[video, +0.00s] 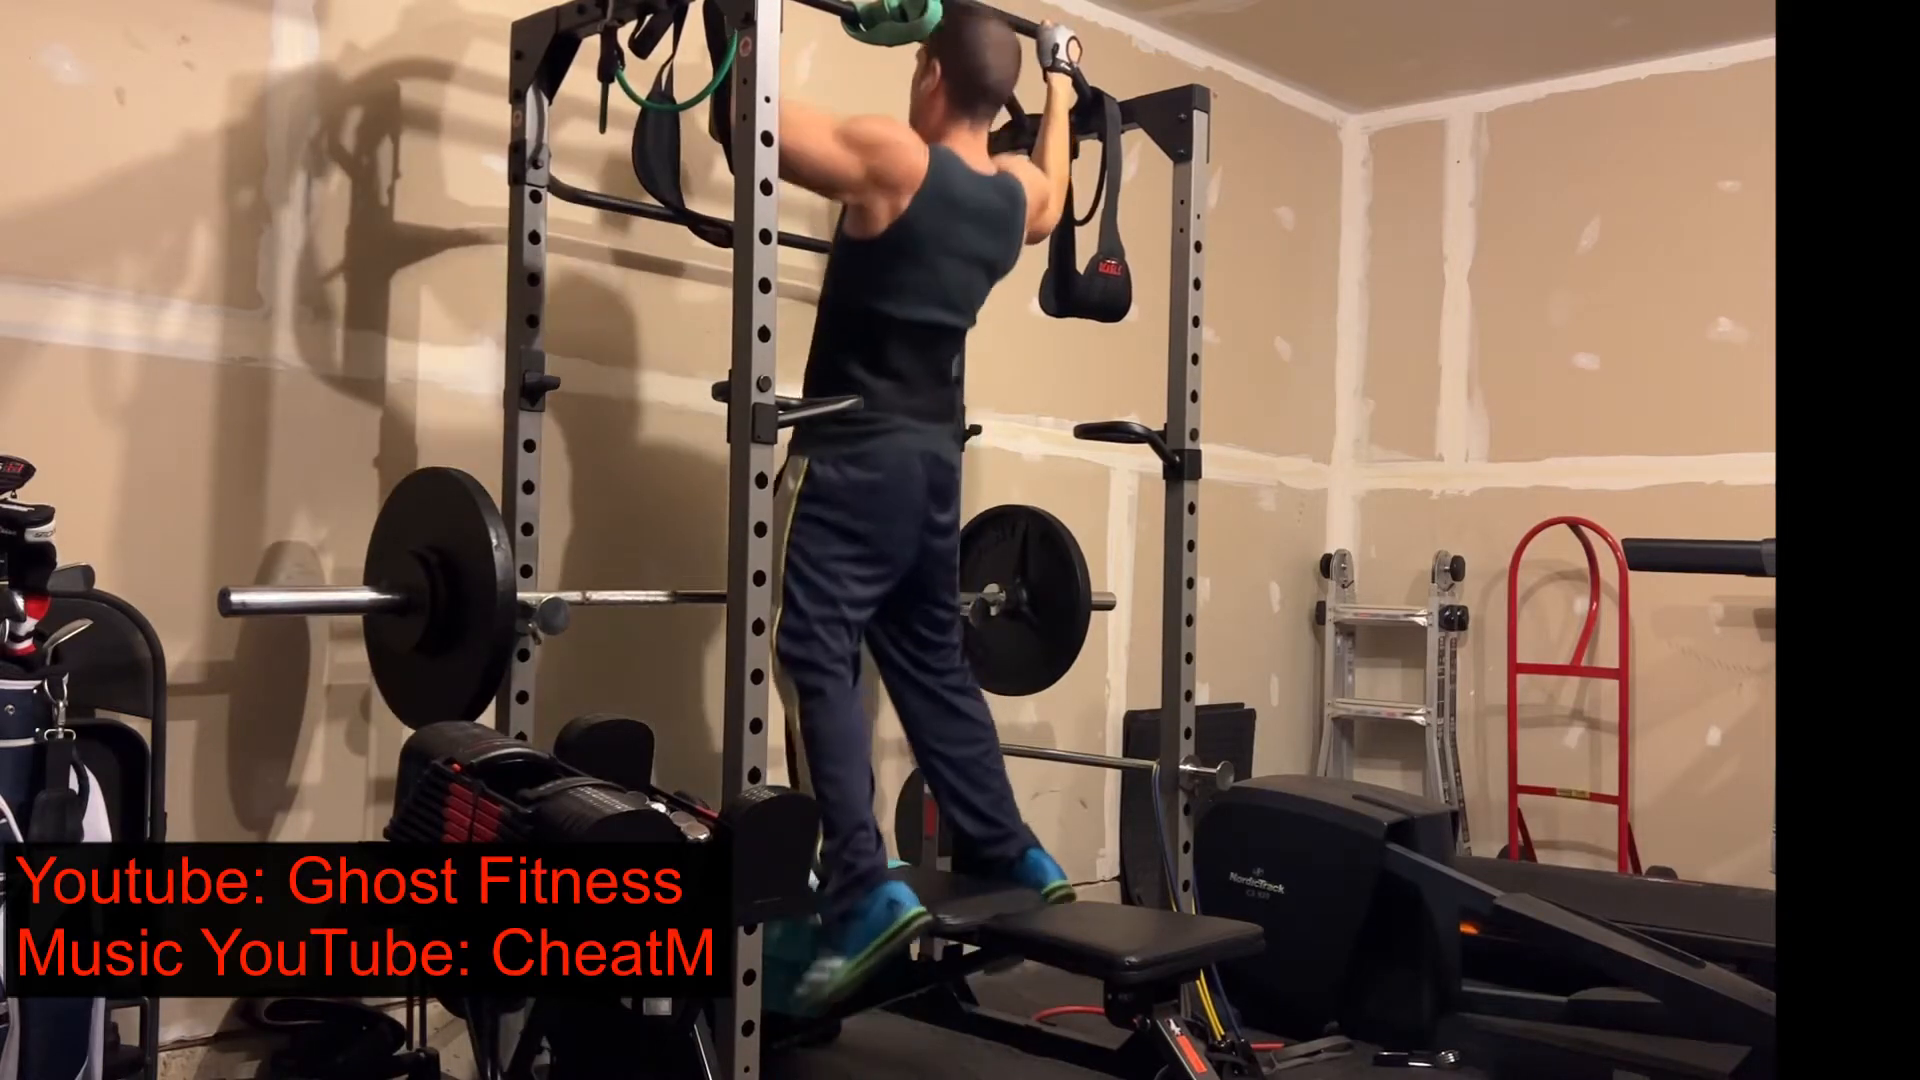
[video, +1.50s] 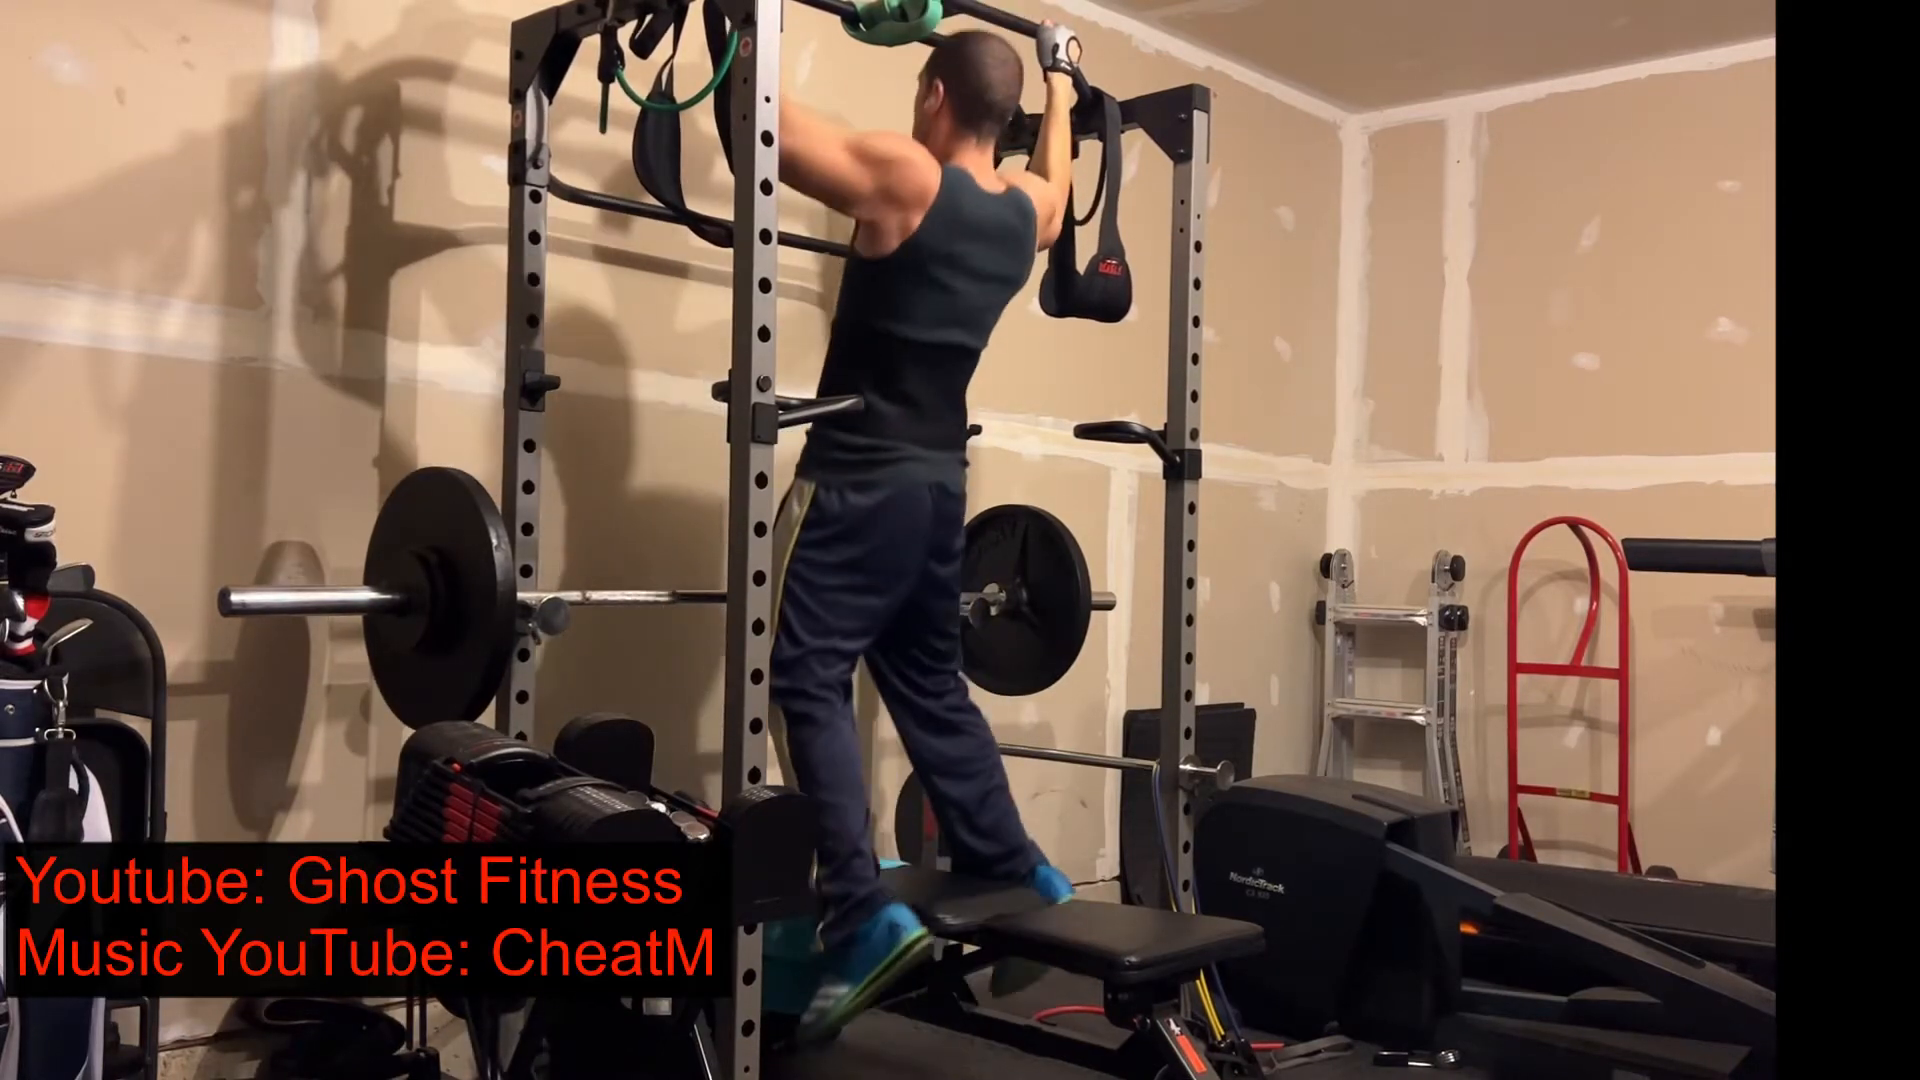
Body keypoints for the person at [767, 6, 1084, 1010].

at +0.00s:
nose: (912, 70)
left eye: (919, 57)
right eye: (924, 58)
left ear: (932, 76)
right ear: (1001, 100)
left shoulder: (891, 154)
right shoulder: (1012, 196)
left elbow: (760, 125)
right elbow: (1053, 189)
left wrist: (739, 34)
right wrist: (1060, 93)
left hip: (858, 451)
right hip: (932, 453)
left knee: (820, 658)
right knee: (930, 657)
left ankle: (863, 887)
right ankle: (1006, 853)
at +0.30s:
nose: (900, 162)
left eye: (907, 150)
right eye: (912, 151)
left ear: (924, 162)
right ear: (993, 186)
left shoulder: (883, 234)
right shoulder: (1005, 271)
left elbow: (773, 131)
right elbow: (1044, 192)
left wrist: (761, 24)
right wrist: (1059, 101)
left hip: (849, 533)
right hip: (926, 536)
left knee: (804, 744)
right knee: (919, 752)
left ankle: (851, 976)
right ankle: (996, 955)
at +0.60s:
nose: (905, 164)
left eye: (913, 152)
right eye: (917, 155)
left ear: (927, 164)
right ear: (999, 188)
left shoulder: (889, 235)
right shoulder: (1009, 272)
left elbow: (782, 132)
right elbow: (1042, 186)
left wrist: (768, 20)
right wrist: (1057, 103)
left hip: (853, 542)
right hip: (928, 542)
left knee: (808, 756)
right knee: (919, 756)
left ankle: (850, 992)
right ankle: (994, 959)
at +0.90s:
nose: (935, 54)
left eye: (944, 39)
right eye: (945, 40)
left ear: (961, 55)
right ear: (1030, 72)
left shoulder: (923, 128)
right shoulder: (1042, 169)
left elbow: (786, 119)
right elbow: (1069, 193)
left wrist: (759, 19)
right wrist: (1048, 102)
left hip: (873, 438)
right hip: (946, 444)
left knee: (806, 636)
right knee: (921, 642)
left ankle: (845, 875)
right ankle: (985, 841)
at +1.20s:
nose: (917, 10)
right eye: (923, 0)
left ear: (945, 10)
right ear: (1012, 26)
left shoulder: (906, 76)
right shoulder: (1031, 122)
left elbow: (768, 114)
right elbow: (1059, 201)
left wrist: (749, 21)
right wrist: (1059, 89)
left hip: (863, 379)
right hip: (939, 388)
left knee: (817, 583)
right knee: (932, 597)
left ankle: (866, 807)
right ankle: (1019, 789)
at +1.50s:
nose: (914, 98)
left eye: (921, 84)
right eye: (923, 86)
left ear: (938, 98)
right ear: (1009, 118)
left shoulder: (902, 170)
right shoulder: (1024, 212)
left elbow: (767, 124)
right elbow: (1056, 185)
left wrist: (746, 30)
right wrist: (1061, 104)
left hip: (868, 480)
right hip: (938, 484)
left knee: (811, 681)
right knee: (931, 688)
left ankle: (862, 909)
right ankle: (1012, 871)